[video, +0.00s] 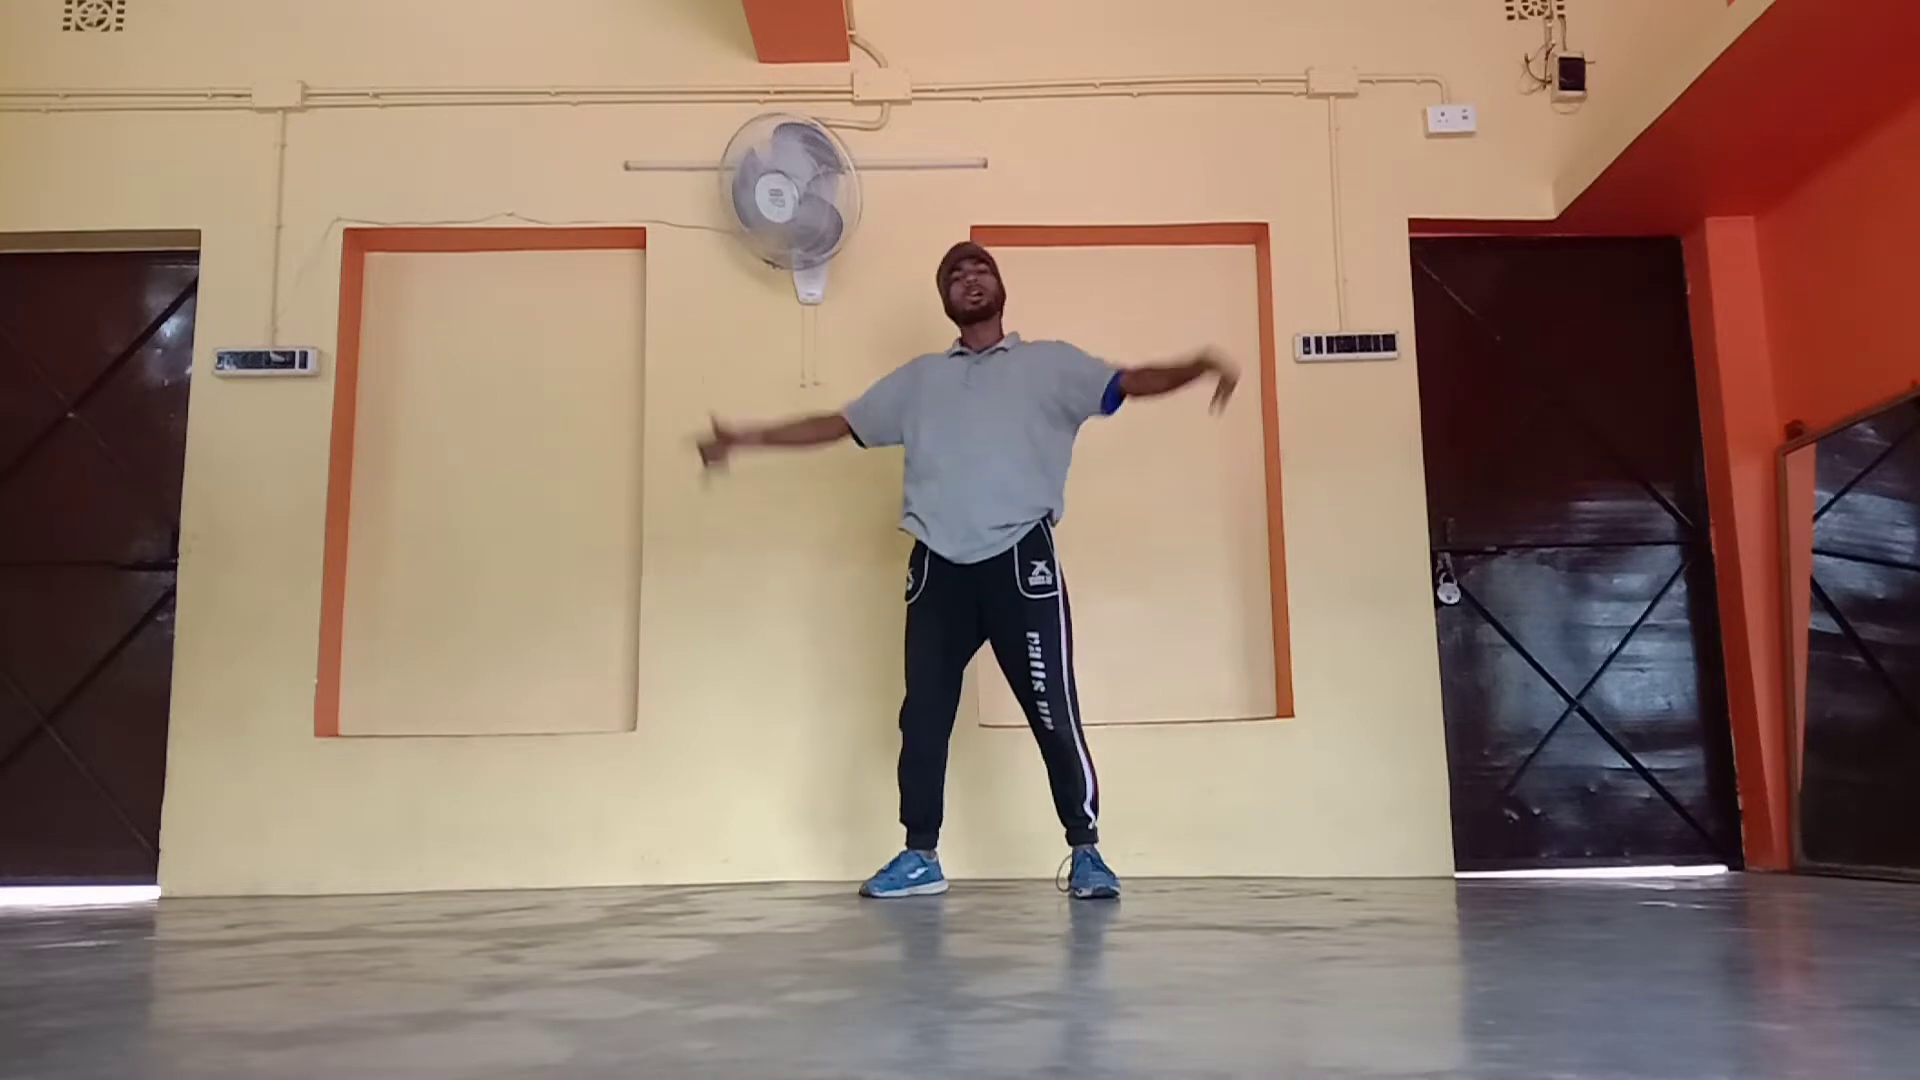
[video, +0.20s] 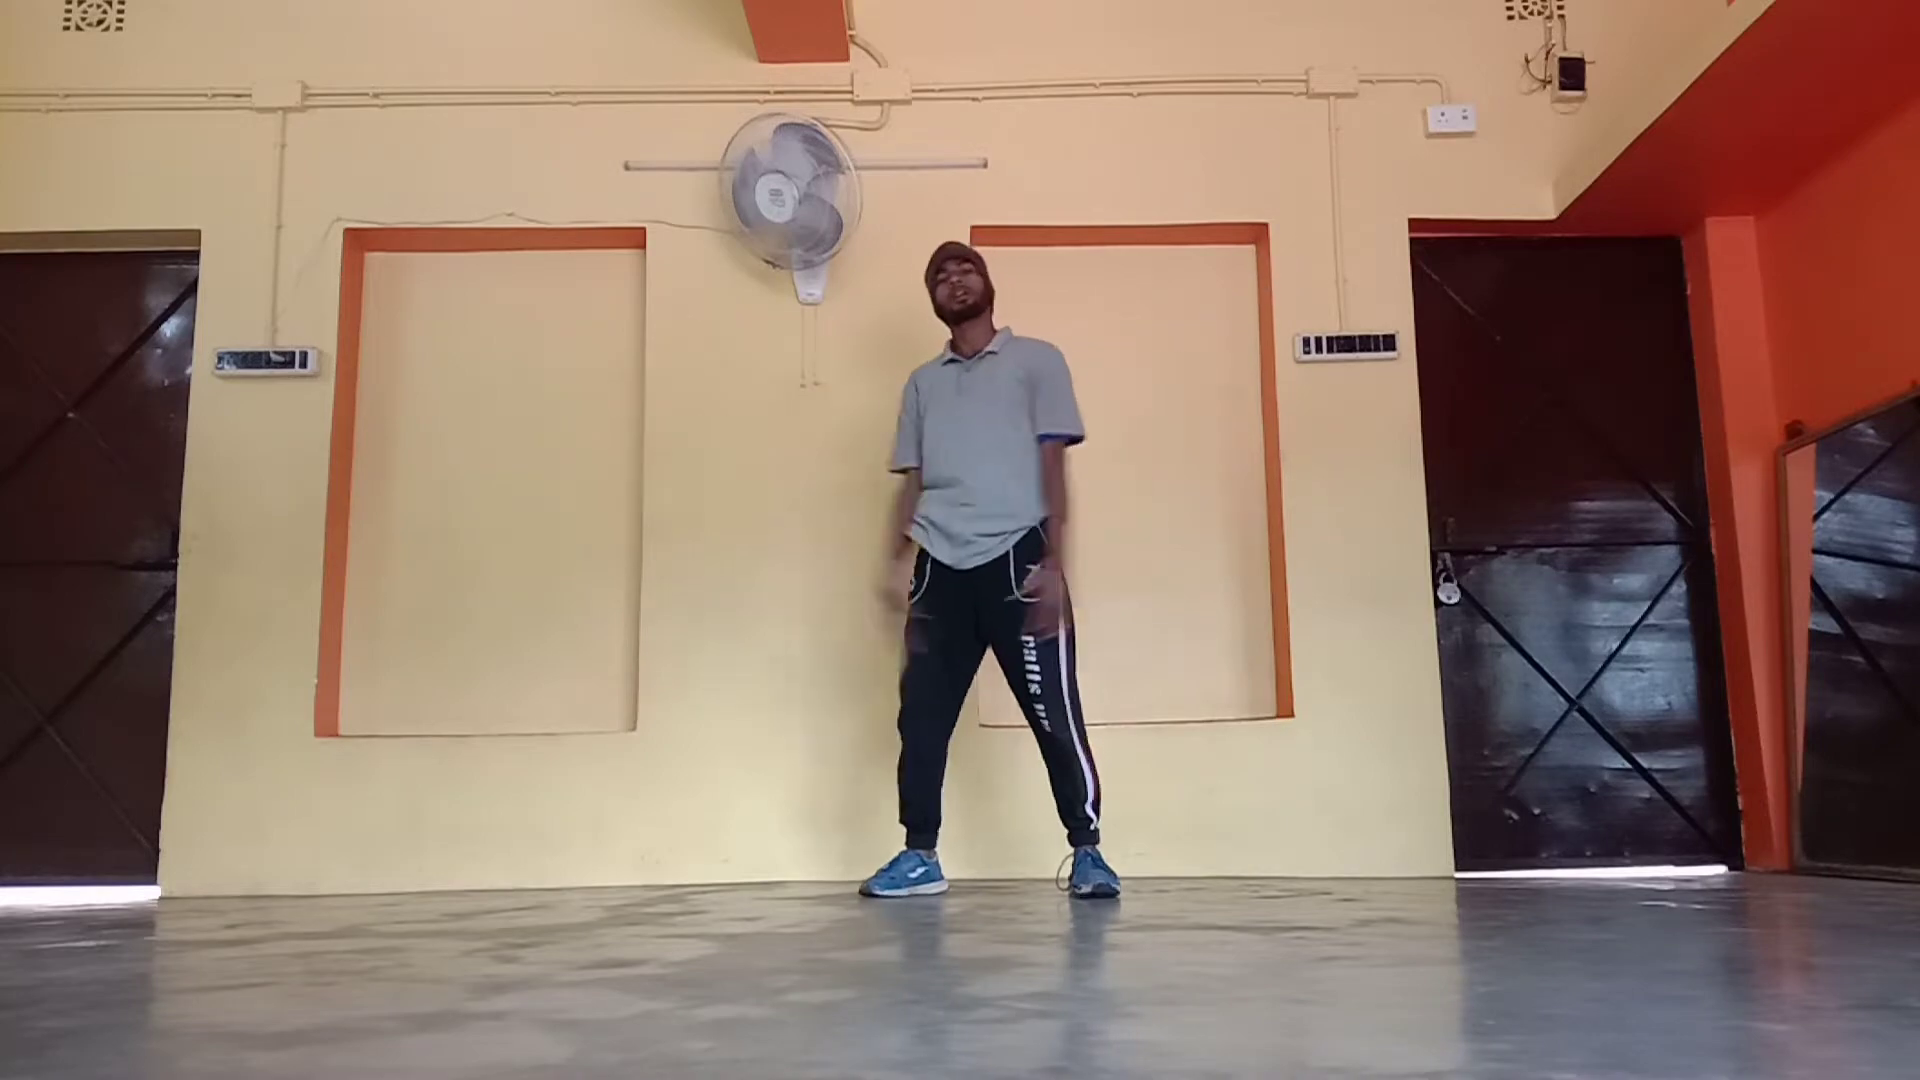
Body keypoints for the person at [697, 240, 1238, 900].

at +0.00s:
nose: (970, 274)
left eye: (981, 268)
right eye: (956, 272)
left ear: (1001, 290)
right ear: (944, 301)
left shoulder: (1048, 362)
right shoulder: (920, 379)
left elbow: (1125, 383)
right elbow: (838, 424)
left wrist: (1197, 368)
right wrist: (744, 438)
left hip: (1023, 561)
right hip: (939, 567)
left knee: (1052, 709)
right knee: (924, 712)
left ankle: (1085, 854)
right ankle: (920, 854)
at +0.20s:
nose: (955, 280)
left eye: (965, 270)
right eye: (942, 277)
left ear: (989, 285)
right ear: (934, 301)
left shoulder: (1037, 360)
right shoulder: (923, 382)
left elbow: (1053, 464)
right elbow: (913, 484)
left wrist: (1055, 560)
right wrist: (898, 563)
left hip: (1019, 558)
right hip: (942, 567)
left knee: (1053, 712)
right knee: (922, 716)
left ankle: (1086, 851)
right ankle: (920, 854)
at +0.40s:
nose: (900, 289)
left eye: (911, 278)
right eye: (888, 286)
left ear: (938, 291)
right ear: (882, 310)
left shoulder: (985, 349)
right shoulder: (896, 397)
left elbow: (1054, 425)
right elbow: (906, 486)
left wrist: (1003, 516)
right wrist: (879, 535)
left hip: (1014, 552)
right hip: (944, 566)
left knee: (1045, 701)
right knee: (904, 700)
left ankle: (1086, 847)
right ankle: (898, 845)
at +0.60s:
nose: (790, 344)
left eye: (803, 332)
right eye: (780, 339)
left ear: (833, 340)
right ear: (776, 358)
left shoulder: (882, 389)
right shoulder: (819, 443)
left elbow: (972, 443)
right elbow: (877, 516)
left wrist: (997, 550)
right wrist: (872, 601)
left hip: (977, 575)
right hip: (913, 594)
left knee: (1039, 703)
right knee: (884, 713)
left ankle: (1083, 841)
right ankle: (862, 853)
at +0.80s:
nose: (743, 318)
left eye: (757, 307)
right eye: (739, 307)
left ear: (790, 316)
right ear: (736, 318)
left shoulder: (831, 369)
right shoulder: (764, 408)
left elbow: (928, 410)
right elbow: (799, 495)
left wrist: (1009, 473)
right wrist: (792, 560)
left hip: (877, 557)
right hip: (820, 577)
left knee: (873, 712)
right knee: (790, 724)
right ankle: (848, 853)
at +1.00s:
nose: (727, 264)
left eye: (745, 253)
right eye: (721, 249)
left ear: (779, 261)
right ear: (713, 248)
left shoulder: (821, 315)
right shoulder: (712, 330)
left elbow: (927, 329)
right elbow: (663, 381)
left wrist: (1027, 315)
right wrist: (580, 399)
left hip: (798, 509)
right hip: (731, 518)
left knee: (733, 641)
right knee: (751, 664)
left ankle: (714, 816)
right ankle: (785, 830)